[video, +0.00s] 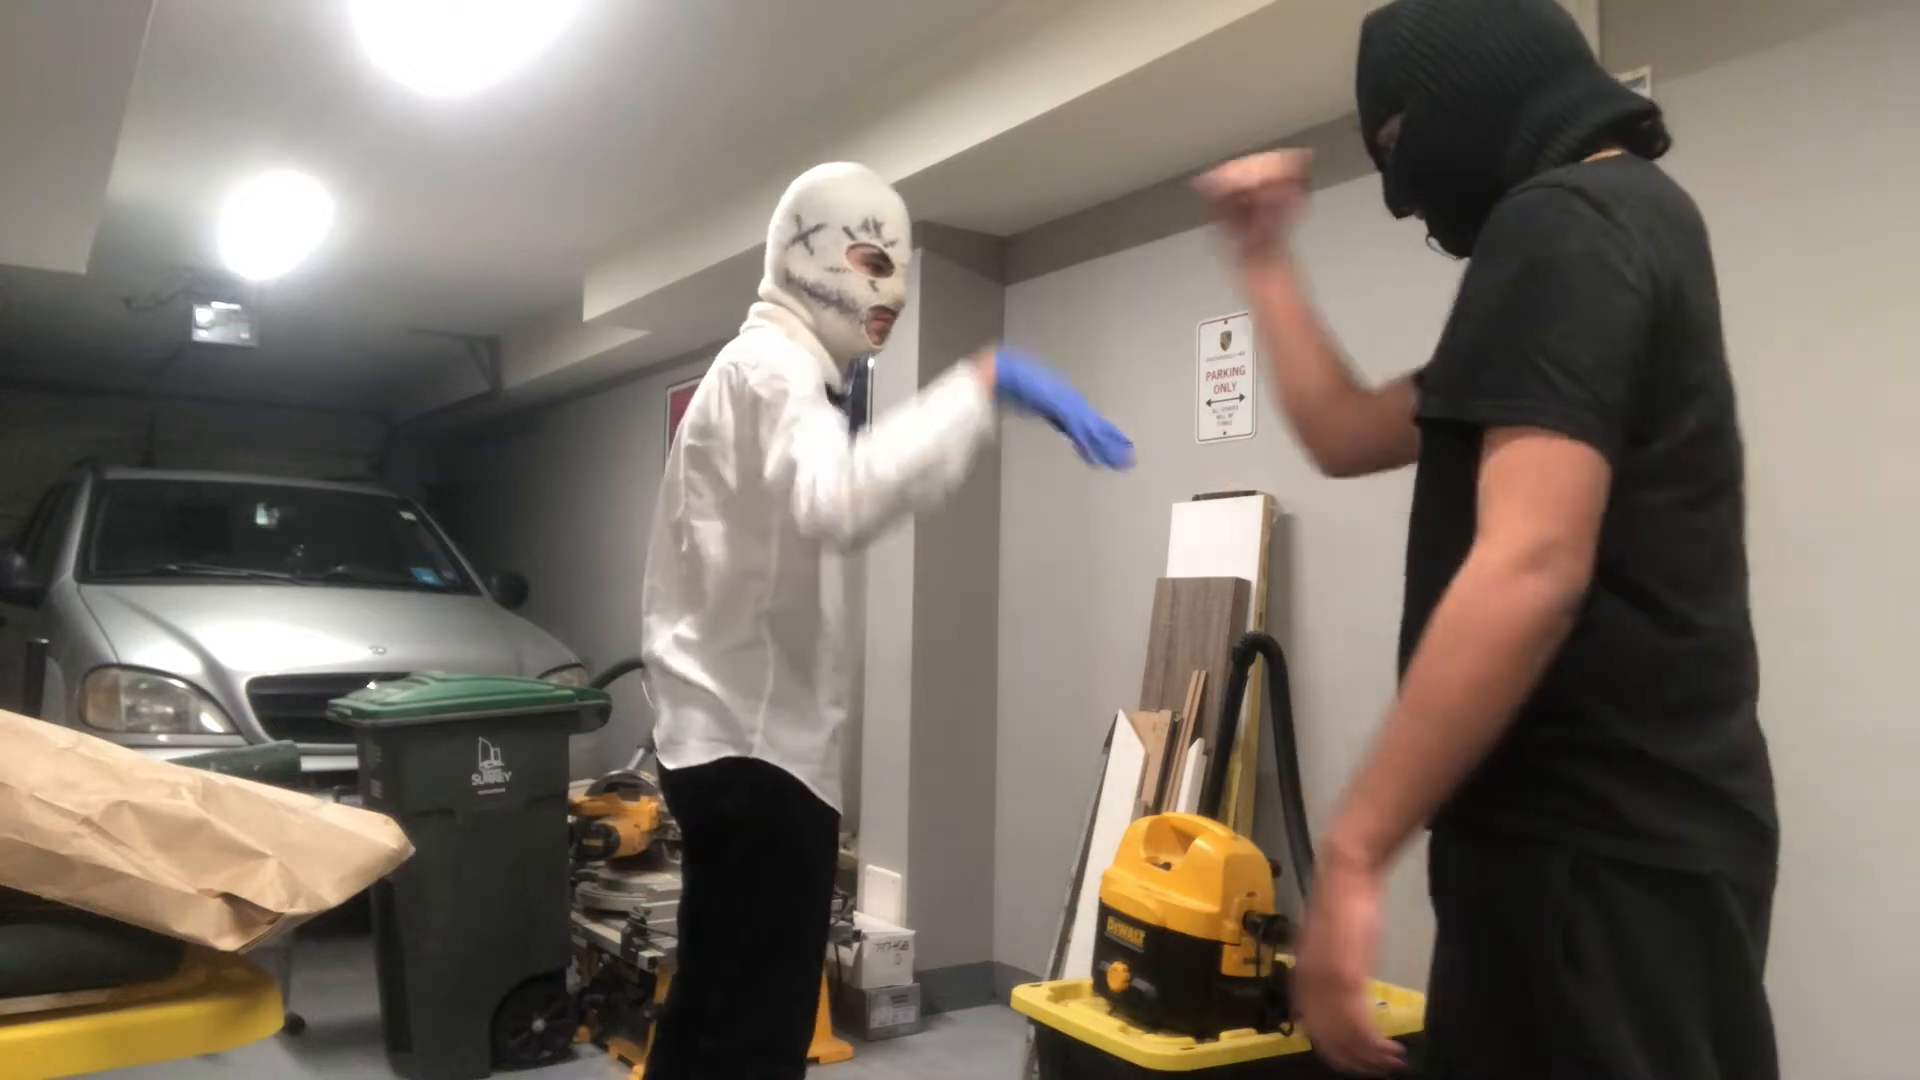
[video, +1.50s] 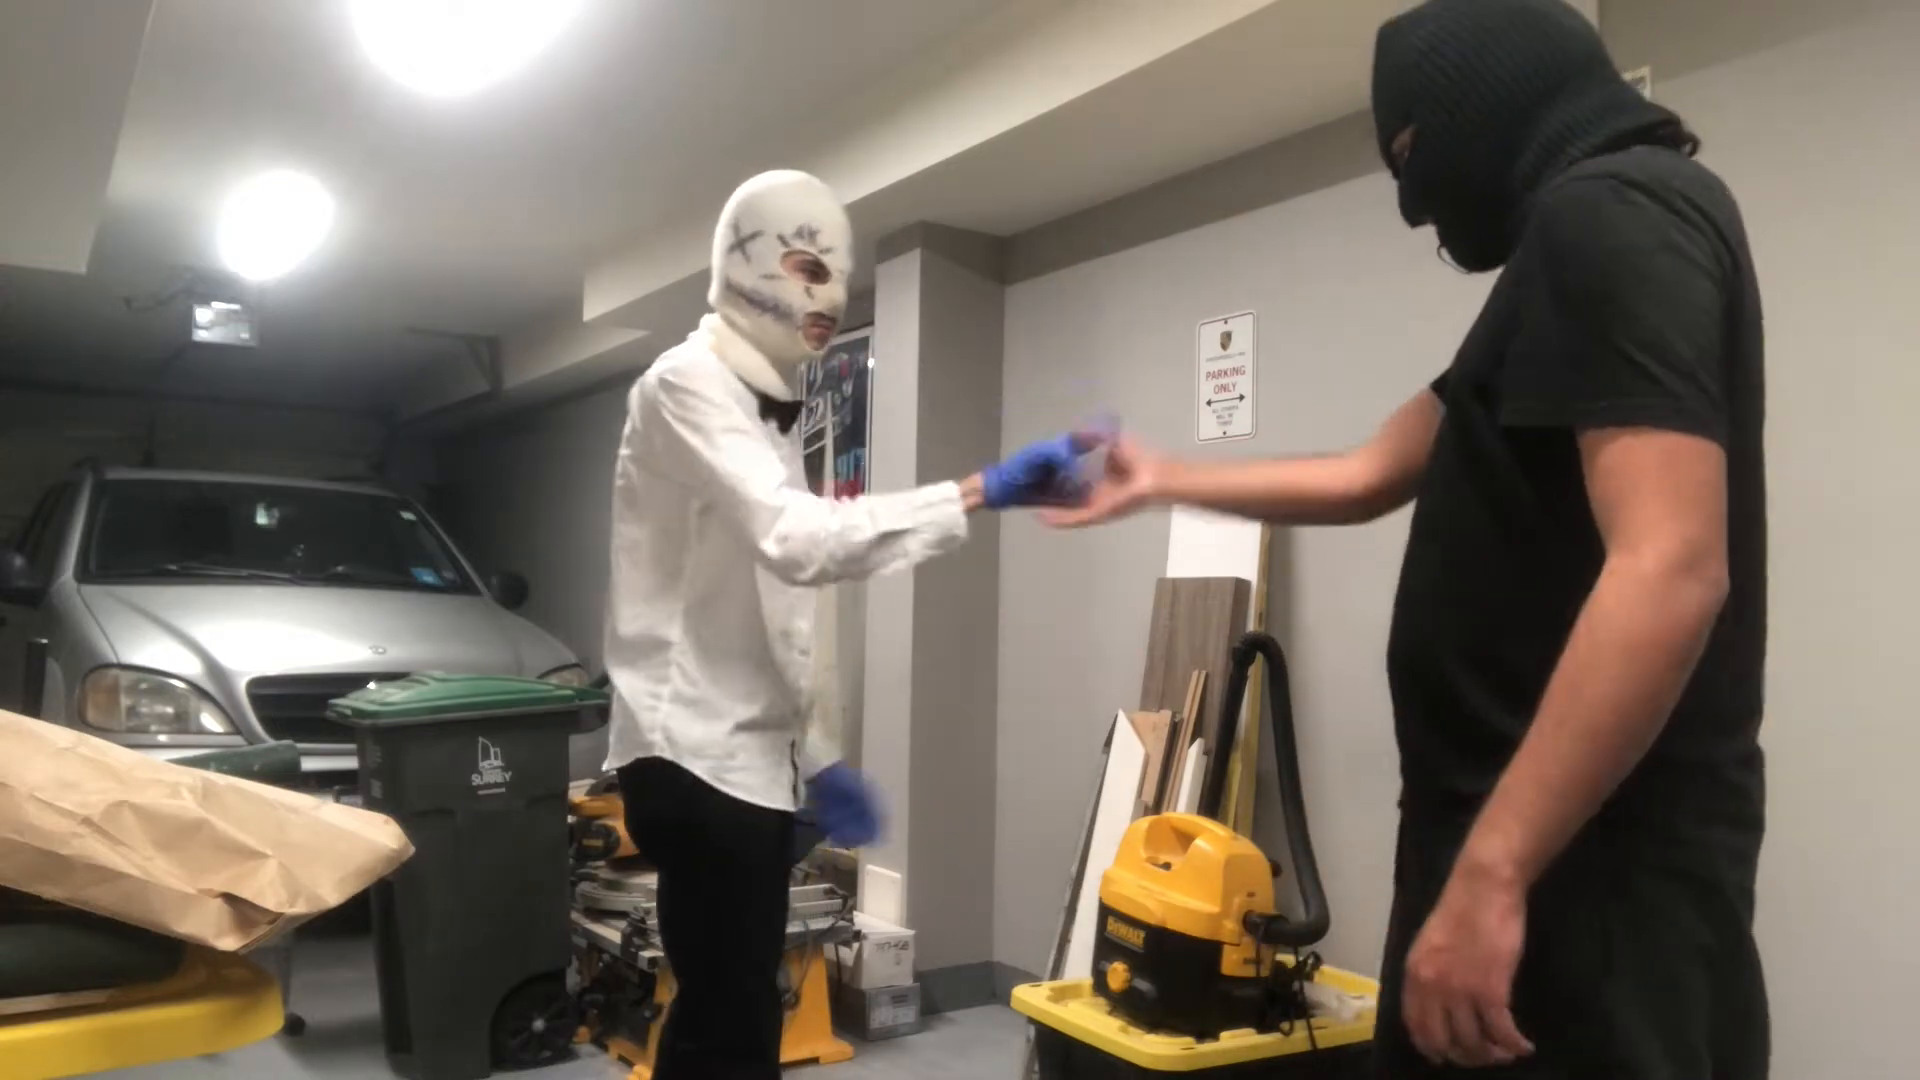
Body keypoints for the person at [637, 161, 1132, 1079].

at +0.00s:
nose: (893, 290)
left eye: (897, 266)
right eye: (875, 260)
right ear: (812, 254)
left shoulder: (796, 368)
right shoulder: (769, 364)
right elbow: (831, 502)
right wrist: (979, 385)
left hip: (768, 743)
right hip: (747, 748)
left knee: (738, 1014)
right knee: (749, 1021)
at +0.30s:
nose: (887, 291)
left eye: (893, 268)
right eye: (869, 261)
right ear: (807, 254)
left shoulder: (791, 364)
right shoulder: (757, 353)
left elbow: (865, 441)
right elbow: (847, 434)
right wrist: (1015, 279)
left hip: (768, 736)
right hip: (737, 739)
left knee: (734, 1016)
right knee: (743, 1022)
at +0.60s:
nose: (869, 289)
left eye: (876, 267)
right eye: (848, 259)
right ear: (785, 255)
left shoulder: (762, 368)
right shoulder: (745, 365)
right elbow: (846, 511)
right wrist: (1006, 442)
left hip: (755, 745)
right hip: (736, 747)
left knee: (734, 1020)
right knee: (741, 1026)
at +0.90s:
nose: (856, 287)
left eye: (862, 265)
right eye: (833, 259)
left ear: (865, 271)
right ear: (772, 260)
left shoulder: (755, 376)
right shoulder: (733, 373)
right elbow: (815, 513)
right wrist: (1001, 564)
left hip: (751, 751)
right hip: (736, 754)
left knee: (727, 1019)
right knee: (751, 1027)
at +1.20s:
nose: (881, 305)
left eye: (889, 280)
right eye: (862, 272)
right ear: (798, 261)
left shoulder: (769, 376)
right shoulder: (747, 366)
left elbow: (749, 604)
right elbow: (816, 522)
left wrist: (790, 783)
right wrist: (977, 416)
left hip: (744, 745)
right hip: (717, 748)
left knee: (725, 1024)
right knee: (732, 1030)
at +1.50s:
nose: (829, 303)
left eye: (838, 281)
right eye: (808, 271)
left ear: (834, 288)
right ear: (746, 266)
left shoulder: (755, 406)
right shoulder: (689, 384)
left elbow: (747, 628)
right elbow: (796, 538)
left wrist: (806, 761)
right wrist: (981, 491)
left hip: (745, 756)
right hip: (696, 755)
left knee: (731, 1018)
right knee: (729, 1025)